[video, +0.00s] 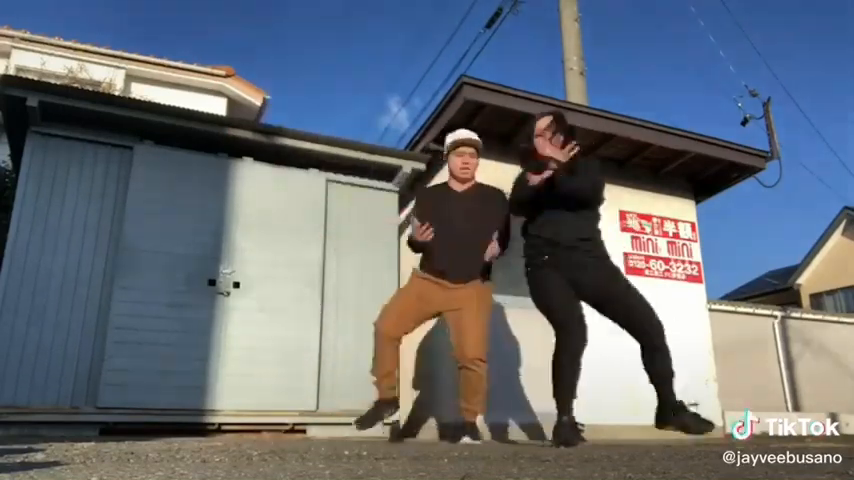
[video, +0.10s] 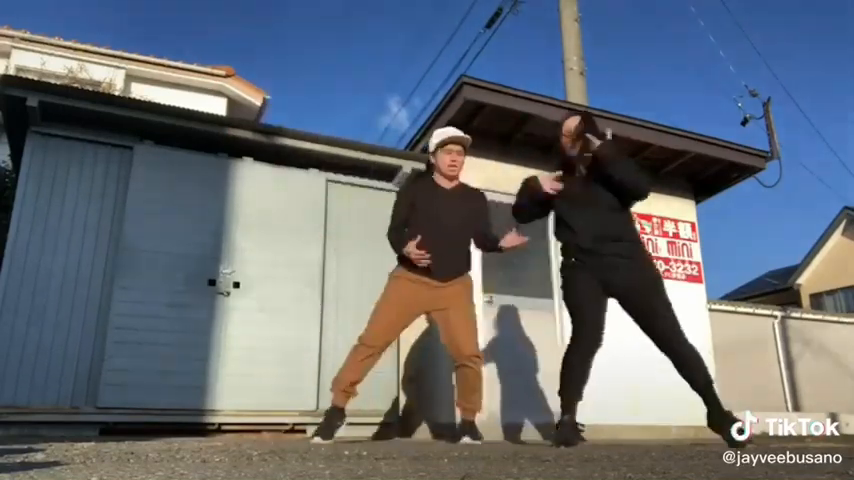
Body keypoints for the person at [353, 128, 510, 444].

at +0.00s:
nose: (466, 161)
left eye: (472, 156)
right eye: (460, 155)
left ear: (479, 162)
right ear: (448, 160)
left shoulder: (495, 199)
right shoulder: (429, 195)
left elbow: (504, 236)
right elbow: (413, 243)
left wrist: (496, 248)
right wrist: (417, 239)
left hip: (471, 290)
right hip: (427, 285)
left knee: (472, 357)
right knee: (386, 328)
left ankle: (470, 423)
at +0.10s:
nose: (455, 159)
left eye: (460, 154)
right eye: (448, 153)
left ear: (465, 159)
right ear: (434, 157)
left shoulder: (474, 198)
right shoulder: (415, 188)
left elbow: (482, 240)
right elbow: (395, 230)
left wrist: (500, 243)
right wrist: (405, 247)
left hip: (454, 288)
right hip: (409, 283)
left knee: (468, 355)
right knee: (371, 343)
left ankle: (468, 424)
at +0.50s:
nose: (424, 150)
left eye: (426, 145)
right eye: (417, 143)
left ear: (427, 152)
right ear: (398, 146)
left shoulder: (430, 190)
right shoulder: (369, 181)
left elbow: (466, 218)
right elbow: (351, 220)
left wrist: (510, 210)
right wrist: (357, 235)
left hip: (413, 278)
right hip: (368, 279)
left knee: (439, 344)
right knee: (355, 347)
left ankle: (468, 414)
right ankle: (334, 419)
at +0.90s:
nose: (440, 155)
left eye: (443, 150)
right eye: (434, 148)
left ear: (445, 155)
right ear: (415, 150)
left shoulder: (450, 194)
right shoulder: (389, 188)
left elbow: (466, 237)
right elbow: (362, 227)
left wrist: (496, 229)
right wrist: (377, 248)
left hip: (447, 282)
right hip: (402, 281)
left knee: (465, 347)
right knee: (371, 345)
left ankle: (467, 421)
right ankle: (339, 417)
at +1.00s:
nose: (451, 156)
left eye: (453, 151)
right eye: (444, 150)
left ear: (455, 156)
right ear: (427, 153)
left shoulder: (464, 195)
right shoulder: (407, 189)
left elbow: (476, 237)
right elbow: (377, 230)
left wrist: (513, 228)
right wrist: (382, 254)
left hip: (465, 284)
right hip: (421, 281)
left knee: (481, 348)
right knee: (394, 343)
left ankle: (468, 420)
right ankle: (376, 412)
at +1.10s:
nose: (461, 154)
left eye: (464, 148)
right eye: (454, 148)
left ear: (465, 152)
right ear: (437, 151)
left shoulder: (476, 193)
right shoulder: (417, 187)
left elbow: (491, 236)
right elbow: (391, 228)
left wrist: (529, 229)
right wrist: (391, 250)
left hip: (475, 280)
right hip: (431, 278)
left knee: (486, 349)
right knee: (425, 343)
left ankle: (469, 419)